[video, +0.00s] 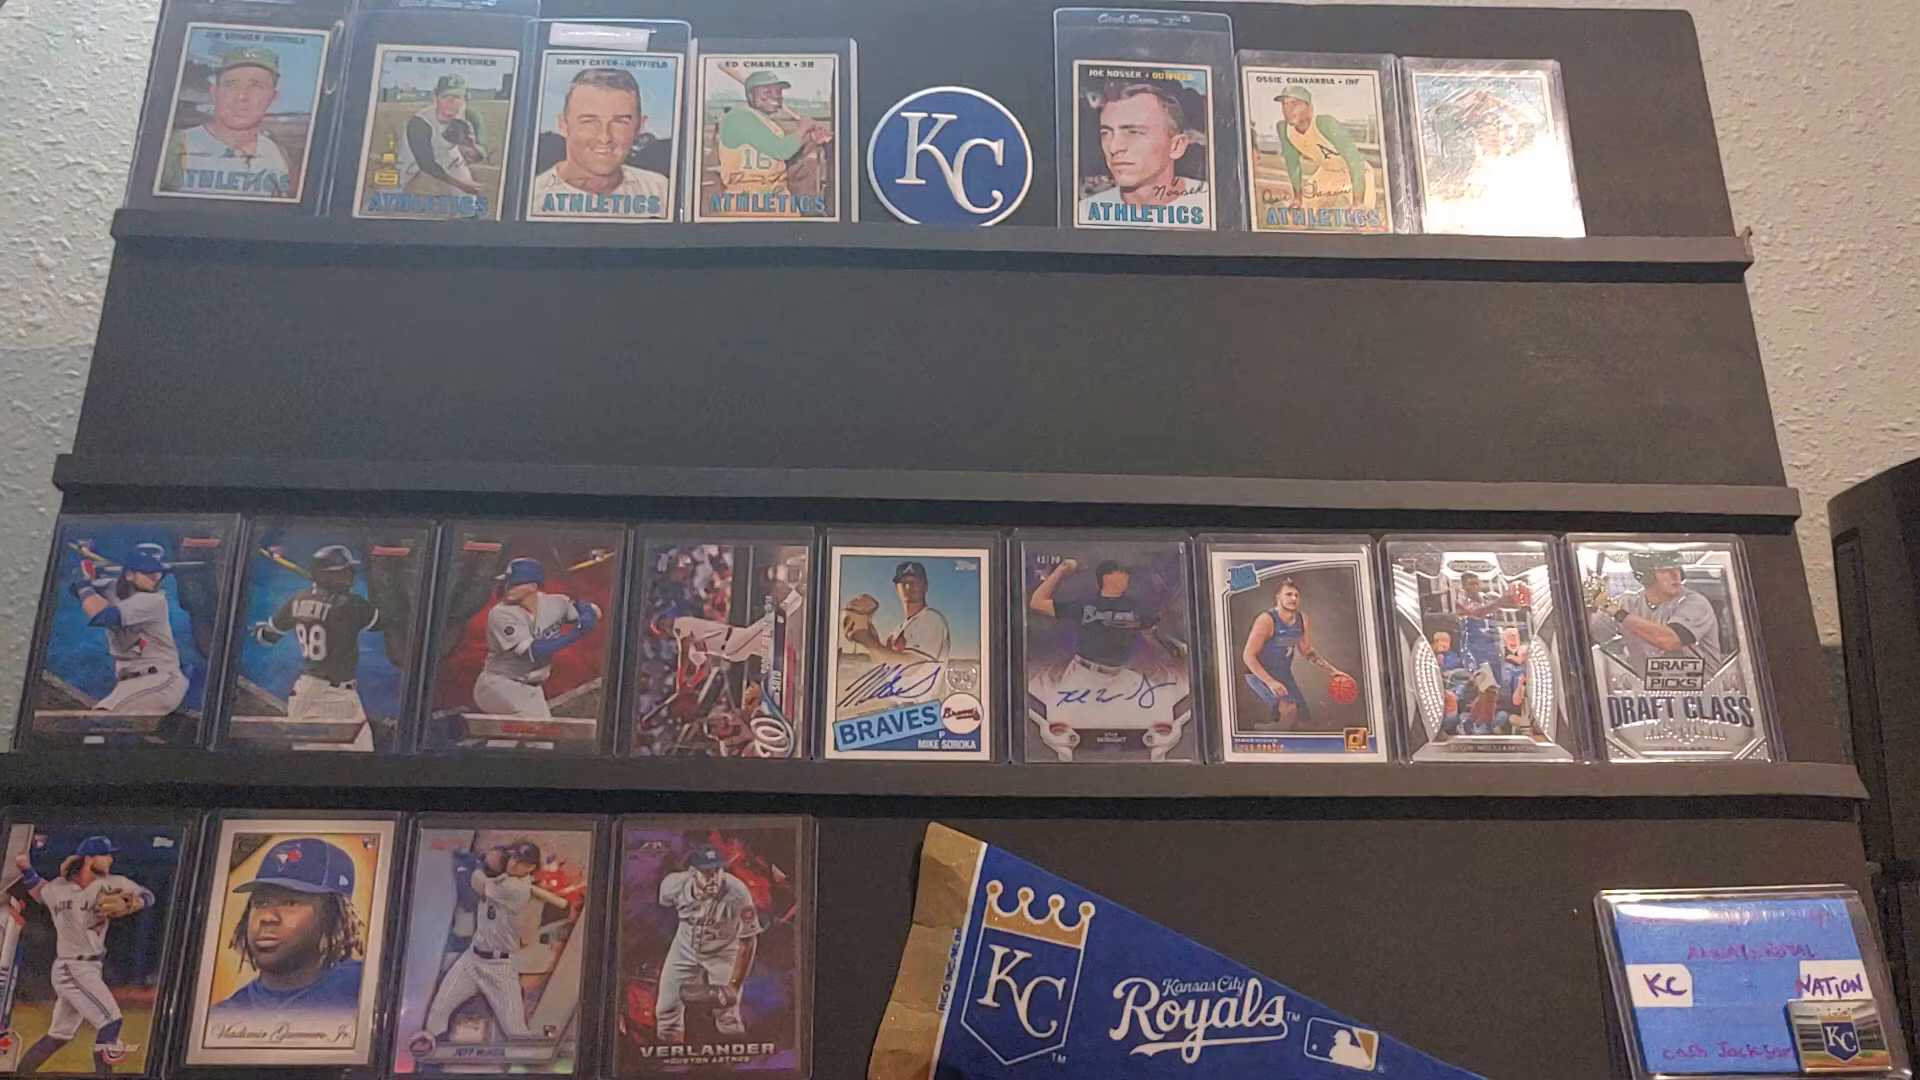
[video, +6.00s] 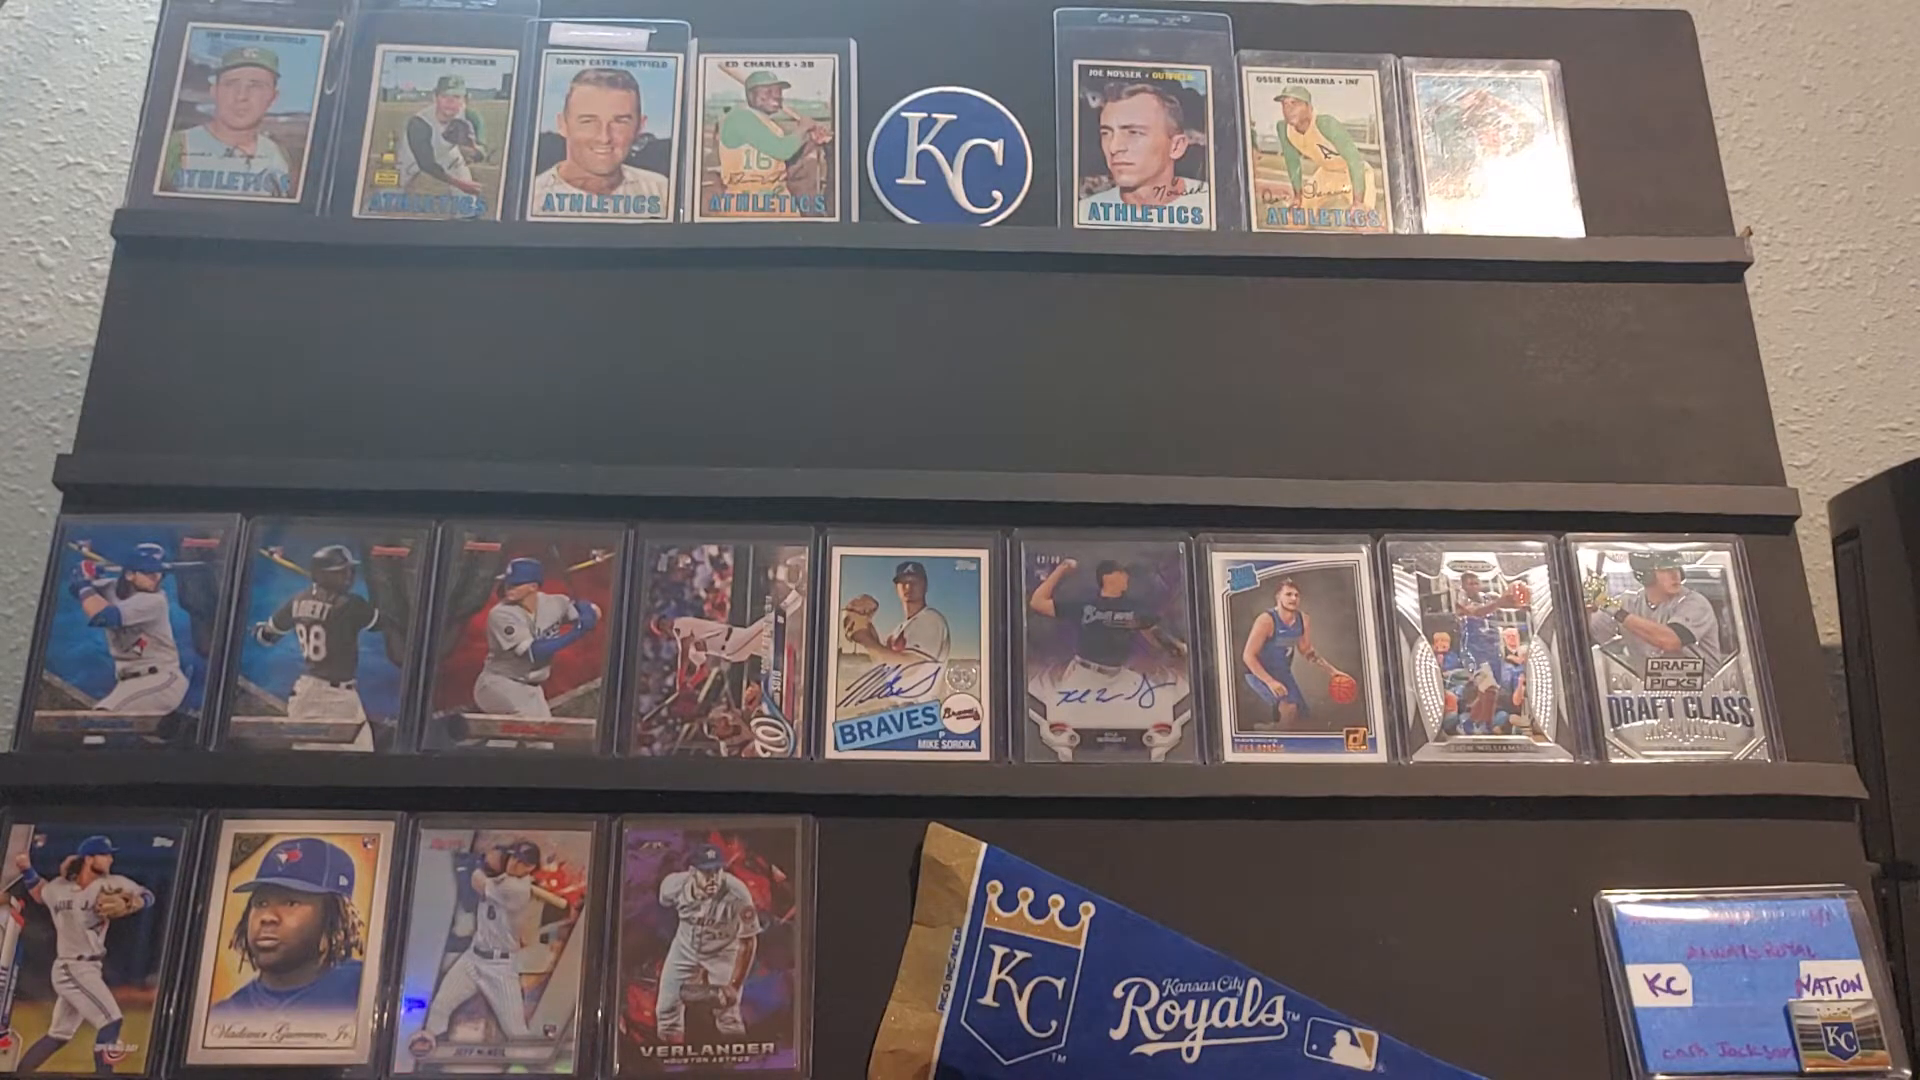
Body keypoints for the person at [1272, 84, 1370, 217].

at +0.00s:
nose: (1288, 109)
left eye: (1294, 104)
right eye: (1284, 104)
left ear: (1309, 108)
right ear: (1281, 108)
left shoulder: (1326, 123)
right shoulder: (1283, 129)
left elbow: (1354, 160)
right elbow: (1292, 164)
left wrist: (1358, 203)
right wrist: (1297, 198)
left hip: (1355, 173)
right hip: (1326, 172)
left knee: (1360, 218)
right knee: (1303, 208)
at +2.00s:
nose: (1289, 109)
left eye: (1294, 103)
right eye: (1285, 104)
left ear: (1309, 108)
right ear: (1281, 108)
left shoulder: (1327, 124)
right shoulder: (1283, 129)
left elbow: (1355, 162)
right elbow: (1293, 164)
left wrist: (1358, 203)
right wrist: (1297, 197)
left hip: (1355, 173)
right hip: (1327, 172)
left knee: (1362, 220)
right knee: (1301, 209)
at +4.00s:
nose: (1288, 109)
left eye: (1294, 104)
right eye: (1284, 104)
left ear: (1309, 108)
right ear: (1281, 108)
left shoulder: (1327, 124)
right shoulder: (1284, 128)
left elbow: (1355, 161)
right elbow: (1292, 163)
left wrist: (1358, 203)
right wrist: (1297, 197)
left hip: (1354, 172)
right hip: (1327, 172)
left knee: (1361, 218)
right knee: (1303, 207)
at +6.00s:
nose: (1288, 109)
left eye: (1294, 103)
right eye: (1284, 105)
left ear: (1308, 107)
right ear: (1281, 108)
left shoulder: (1327, 124)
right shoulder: (1283, 128)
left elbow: (1355, 160)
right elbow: (1293, 163)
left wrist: (1358, 202)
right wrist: (1297, 197)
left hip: (1354, 174)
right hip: (1327, 173)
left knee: (1360, 218)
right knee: (1302, 210)